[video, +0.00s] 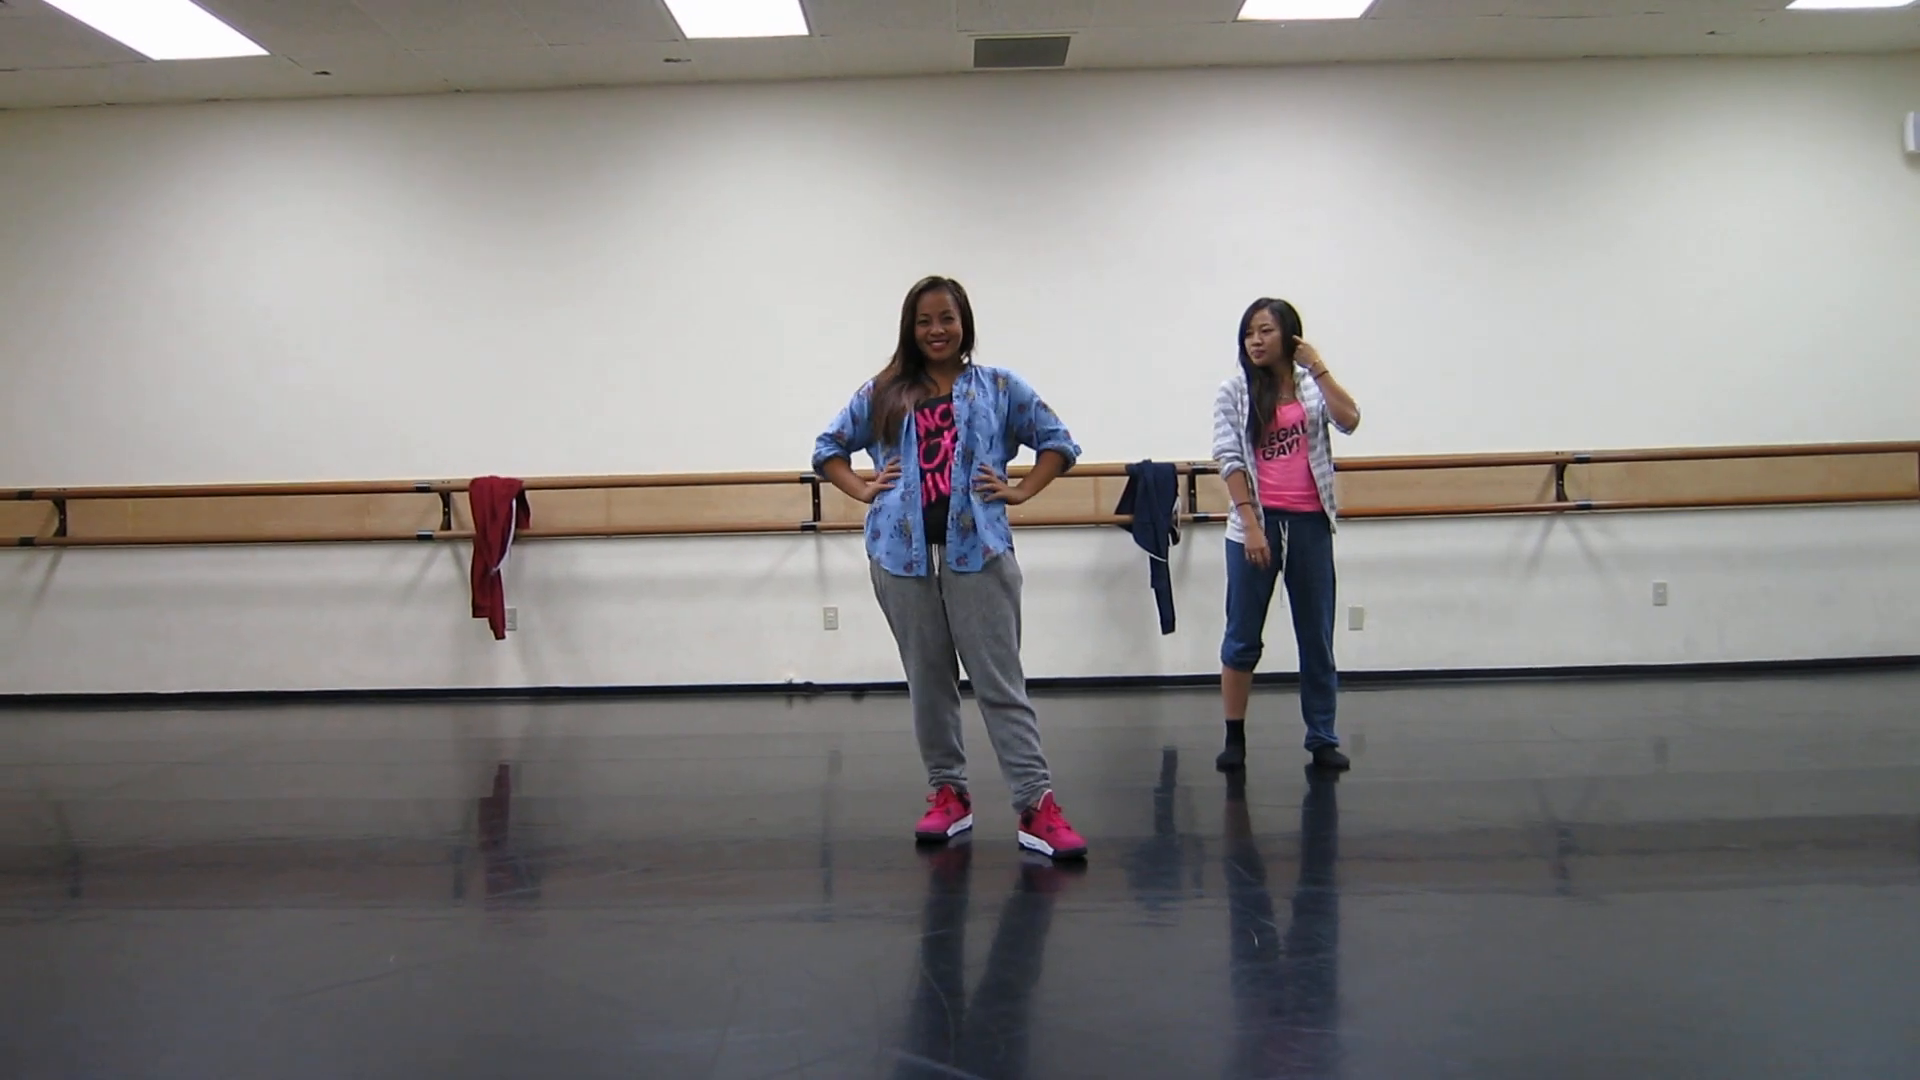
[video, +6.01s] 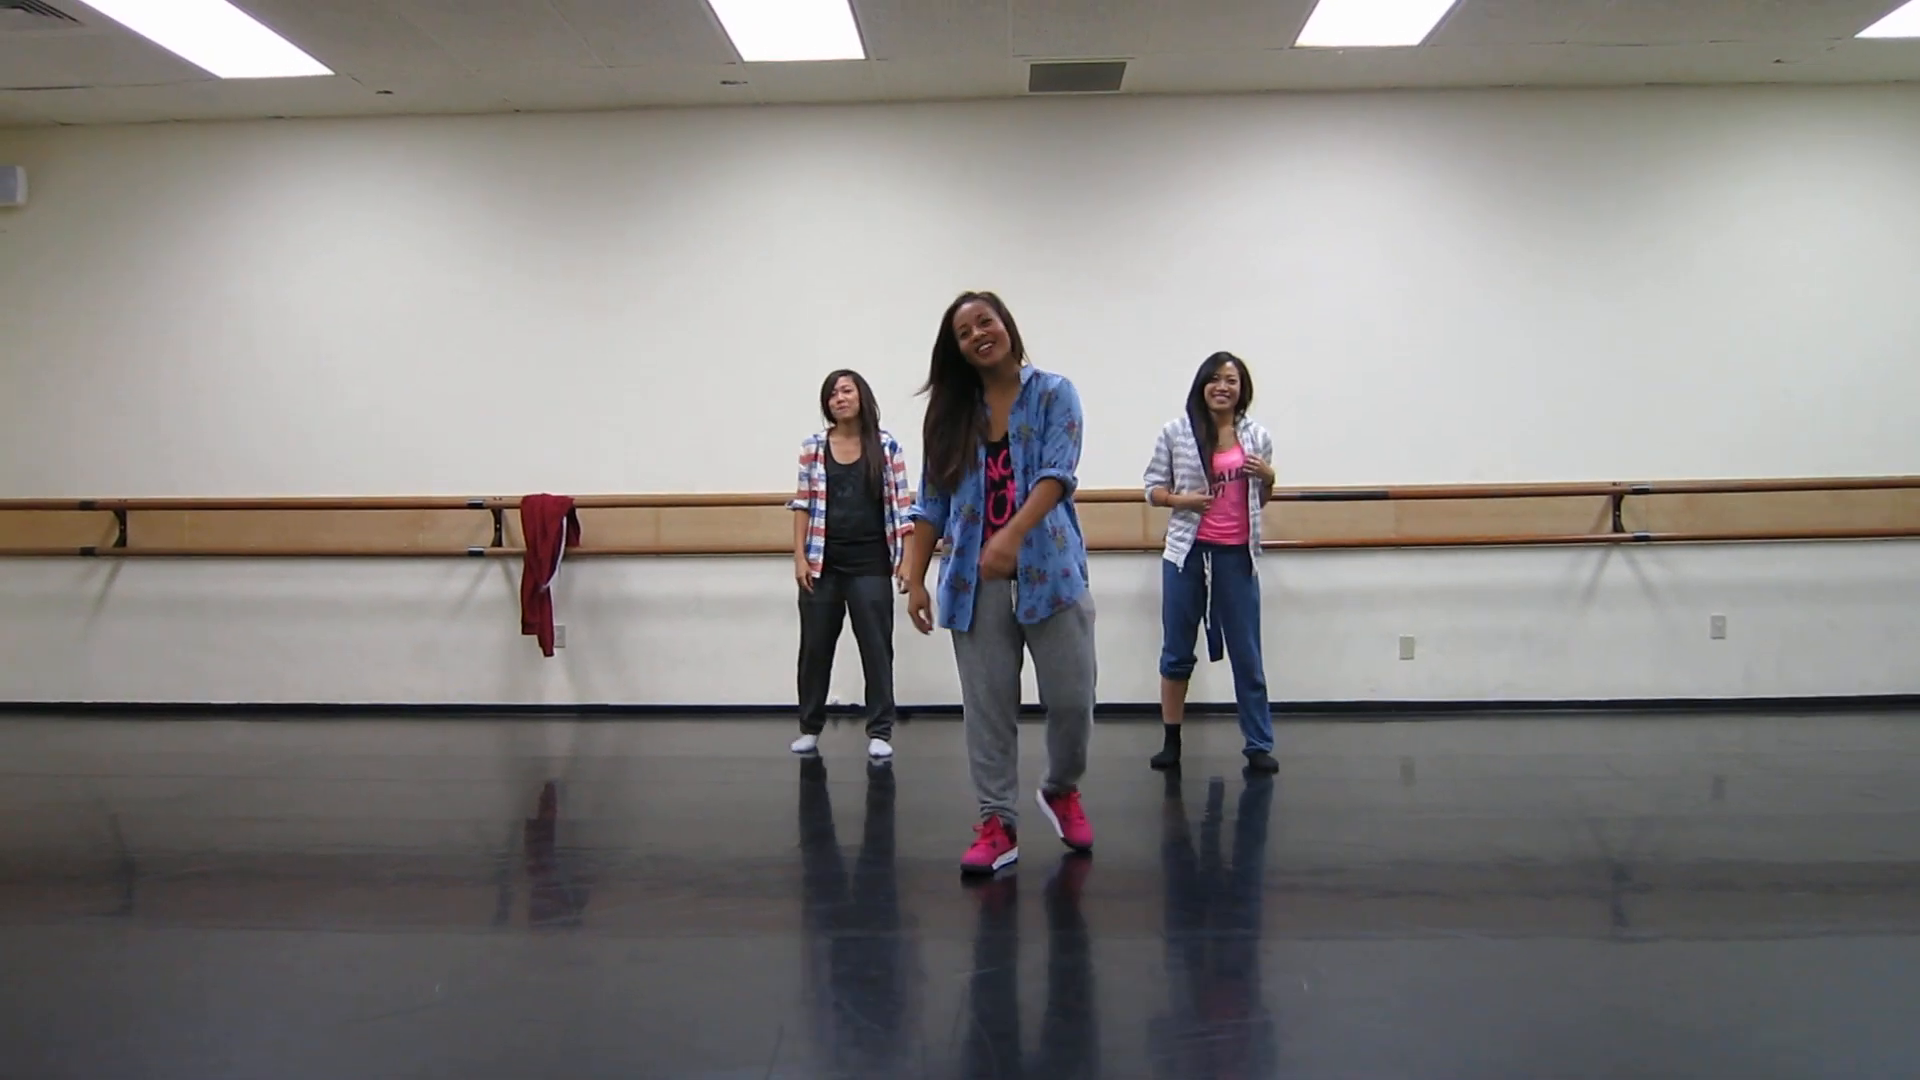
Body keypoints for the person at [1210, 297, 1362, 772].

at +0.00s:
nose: (1256, 340)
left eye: (1266, 331)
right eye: (1249, 333)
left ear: (1290, 338)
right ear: (1243, 341)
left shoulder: (1313, 386)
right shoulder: (1234, 391)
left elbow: (1349, 420)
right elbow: (1229, 460)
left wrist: (1318, 366)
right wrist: (1251, 524)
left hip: (1311, 524)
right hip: (1255, 523)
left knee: (1317, 639)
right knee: (1242, 639)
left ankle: (1323, 741)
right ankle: (1233, 739)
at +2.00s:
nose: (1217, 345)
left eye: (1223, 337)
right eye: (1207, 340)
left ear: (1237, 344)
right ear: (1195, 351)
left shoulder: (1259, 396)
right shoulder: (1177, 402)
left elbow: (1275, 455)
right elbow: (1159, 470)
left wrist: (1260, 471)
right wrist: (1151, 526)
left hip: (1245, 519)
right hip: (1194, 519)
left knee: (1260, 617)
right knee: (1203, 621)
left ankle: (1240, 697)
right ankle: (1214, 721)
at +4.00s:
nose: (1197, 366)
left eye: (1204, 359)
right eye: (1188, 360)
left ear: (1216, 366)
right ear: (1175, 369)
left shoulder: (1233, 413)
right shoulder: (1158, 415)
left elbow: (1242, 484)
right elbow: (1143, 478)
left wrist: (1240, 446)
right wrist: (1180, 473)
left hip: (1226, 531)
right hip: (1178, 530)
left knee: (1247, 628)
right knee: (1172, 625)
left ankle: (1267, 721)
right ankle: (1171, 716)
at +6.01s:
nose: (1222, 387)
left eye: (1231, 381)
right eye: (1215, 380)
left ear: (1243, 389)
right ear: (1201, 387)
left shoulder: (1255, 436)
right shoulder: (1175, 434)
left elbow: (1261, 499)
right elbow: (1153, 491)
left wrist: (1267, 476)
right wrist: (1183, 499)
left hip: (1236, 555)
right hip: (1185, 553)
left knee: (1247, 657)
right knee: (1177, 653)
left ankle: (1258, 747)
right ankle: (1171, 743)